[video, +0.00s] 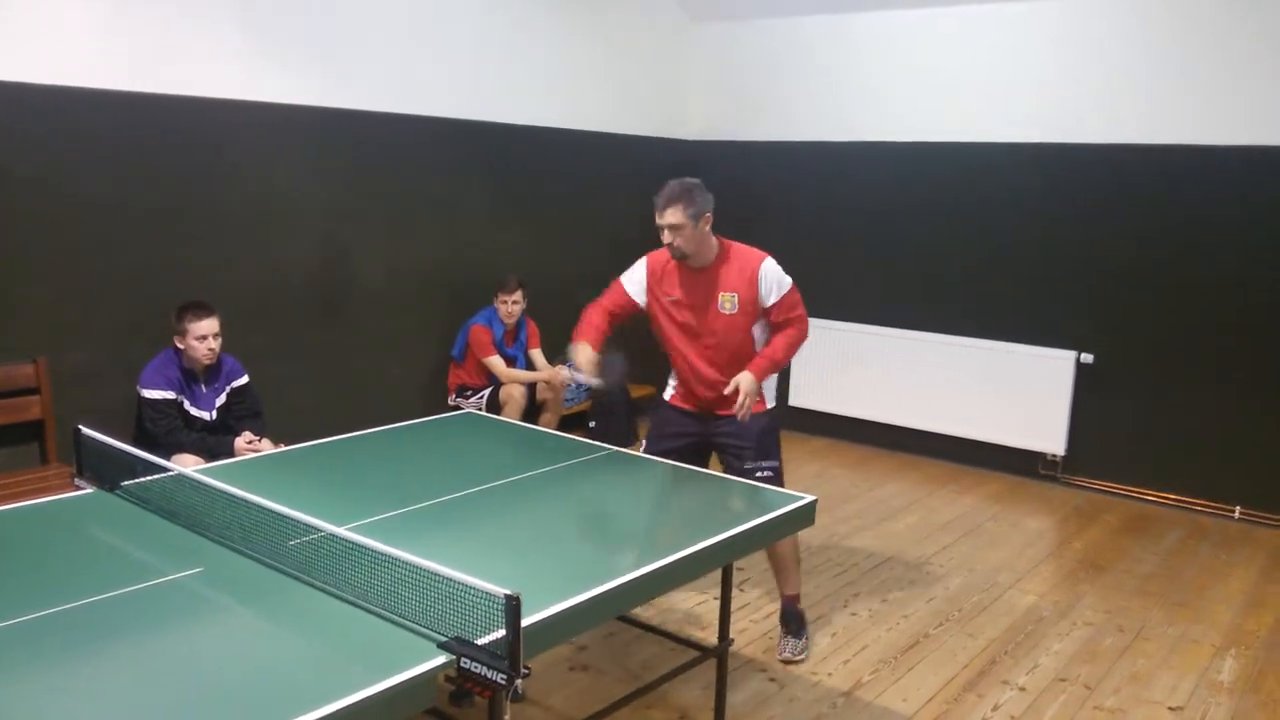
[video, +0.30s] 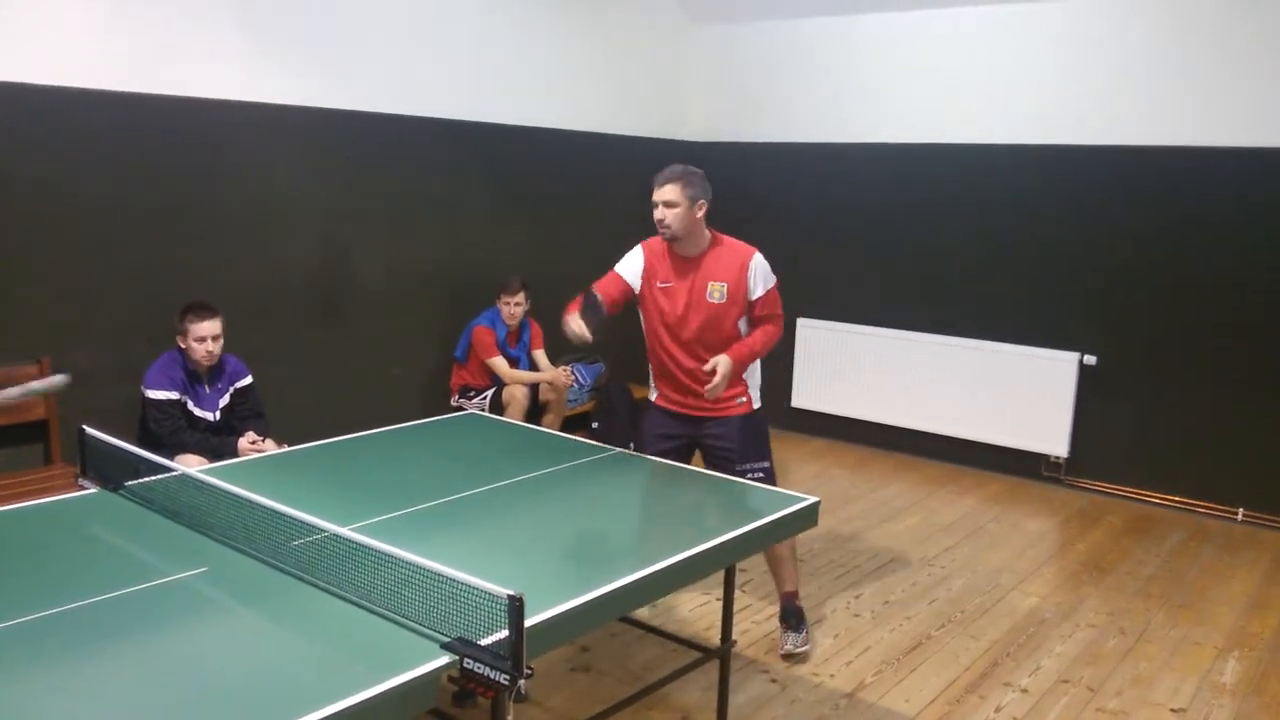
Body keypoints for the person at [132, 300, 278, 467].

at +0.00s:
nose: (212, 346)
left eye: (216, 337)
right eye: (201, 339)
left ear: (221, 337)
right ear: (179, 342)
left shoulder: (230, 368)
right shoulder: (157, 377)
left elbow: (249, 416)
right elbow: (169, 438)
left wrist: (248, 435)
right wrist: (230, 446)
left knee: (265, 448)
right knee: (190, 465)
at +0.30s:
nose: (210, 348)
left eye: (216, 339)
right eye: (200, 341)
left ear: (223, 338)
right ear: (182, 341)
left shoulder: (234, 369)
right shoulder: (160, 377)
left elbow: (251, 417)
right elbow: (173, 439)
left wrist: (251, 435)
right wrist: (233, 447)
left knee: (270, 449)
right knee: (195, 465)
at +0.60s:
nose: (200, 351)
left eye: (208, 342)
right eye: (192, 343)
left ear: (221, 342)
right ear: (179, 342)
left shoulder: (234, 371)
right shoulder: (160, 378)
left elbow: (251, 419)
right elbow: (173, 440)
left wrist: (250, 437)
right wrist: (233, 448)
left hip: (225, 447)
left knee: (270, 451)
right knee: (194, 466)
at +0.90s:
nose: (199, 352)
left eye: (208, 343)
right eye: (191, 343)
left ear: (222, 342)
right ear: (181, 342)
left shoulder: (235, 371)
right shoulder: (161, 377)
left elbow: (251, 419)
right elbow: (174, 440)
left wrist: (251, 438)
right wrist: (234, 449)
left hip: (226, 450)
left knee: (270, 450)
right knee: (195, 467)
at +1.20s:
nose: (199, 350)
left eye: (207, 342)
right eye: (191, 342)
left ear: (223, 342)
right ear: (181, 342)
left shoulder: (236, 371)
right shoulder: (162, 378)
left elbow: (252, 418)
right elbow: (175, 440)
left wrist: (252, 438)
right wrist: (235, 449)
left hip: (227, 449)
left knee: (271, 449)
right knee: (196, 467)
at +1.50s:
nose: (201, 352)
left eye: (209, 343)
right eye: (193, 343)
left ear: (221, 342)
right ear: (179, 343)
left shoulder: (234, 372)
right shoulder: (159, 379)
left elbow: (249, 420)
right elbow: (172, 441)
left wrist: (249, 438)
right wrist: (232, 449)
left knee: (269, 450)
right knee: (193, 467)